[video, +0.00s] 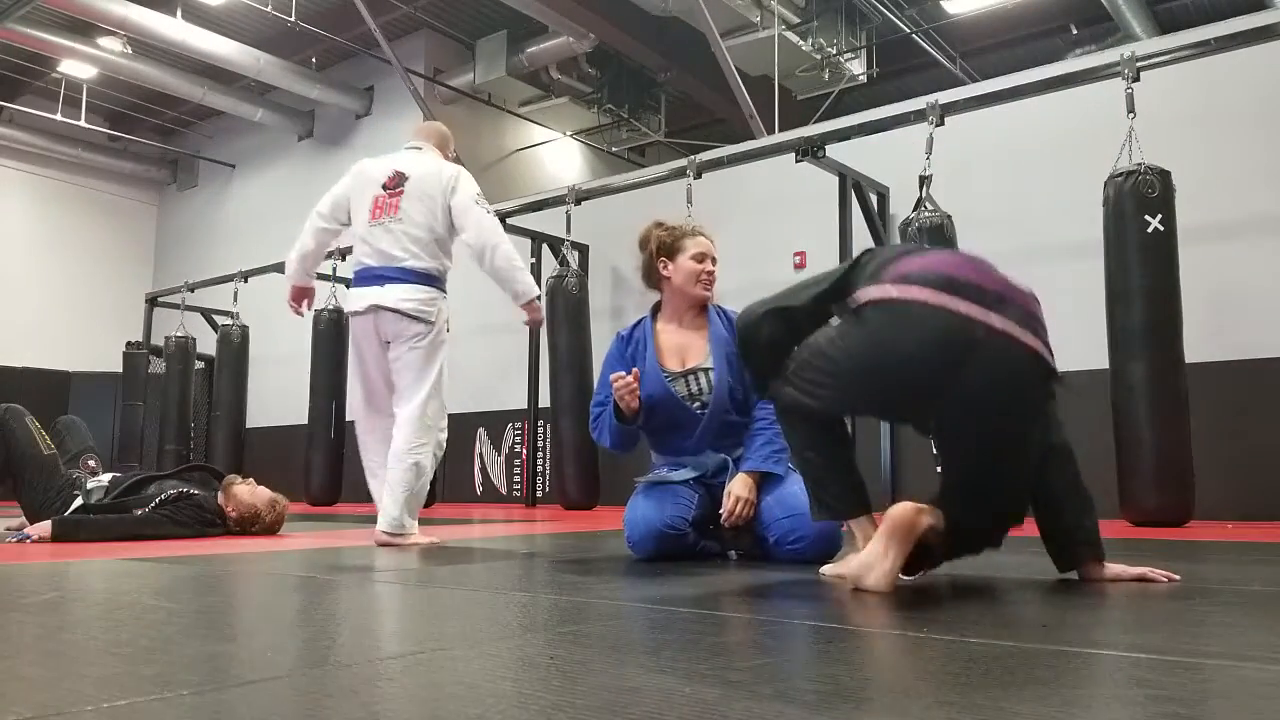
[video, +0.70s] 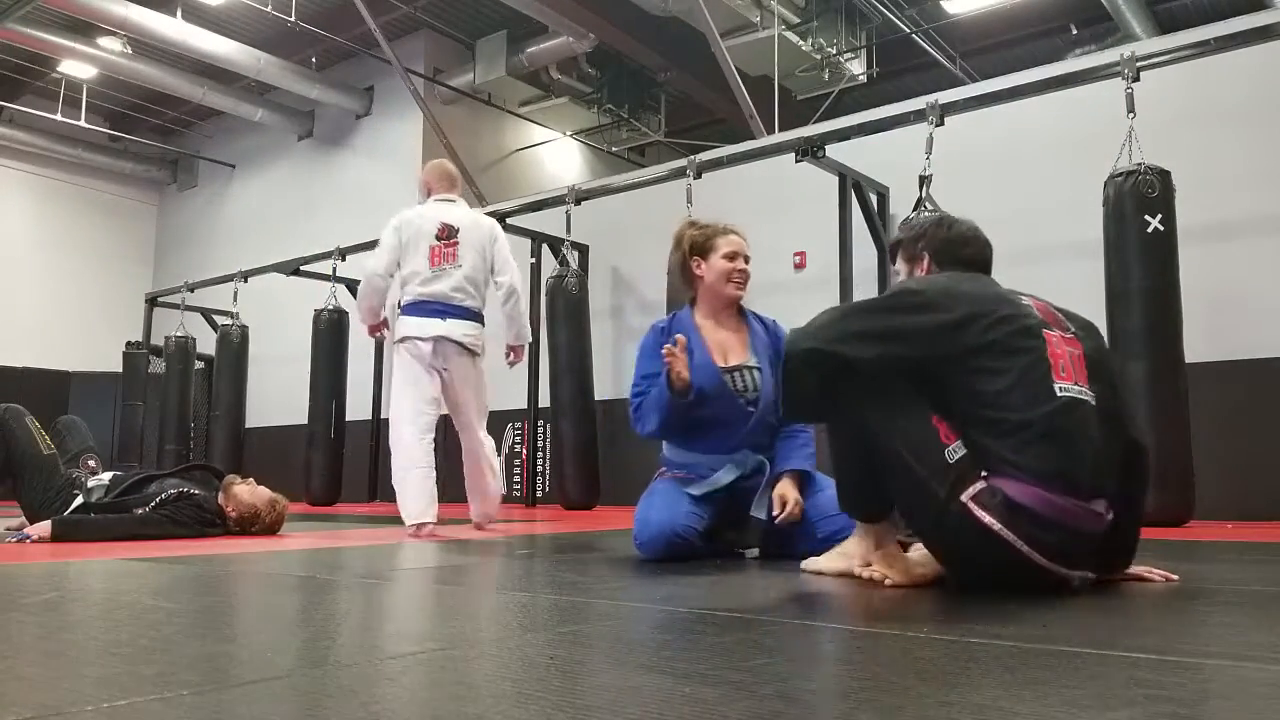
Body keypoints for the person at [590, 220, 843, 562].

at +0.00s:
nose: (712, 269)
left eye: (713, 261)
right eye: (700, 259)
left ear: (716, 270)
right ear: (665, 268)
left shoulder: (741, 329)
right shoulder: (629, 344)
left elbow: (769, 406)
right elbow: (610, 436)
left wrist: (750, 475)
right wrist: (624, 413)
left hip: (753, 465)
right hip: (679, 475)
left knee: (814, 539)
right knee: (648, 536)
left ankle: (741, 537)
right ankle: (718, 544)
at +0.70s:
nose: (743, 268)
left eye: (746, 260)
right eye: (731, 258)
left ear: (750, 269)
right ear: (699, 266)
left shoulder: (771, 334)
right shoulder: (665, 335)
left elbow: (795, 419)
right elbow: (645, 422)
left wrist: (790, 476)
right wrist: (676, 390)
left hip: (768, 476)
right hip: (691, 479)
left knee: (851, 524)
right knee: (659, 538)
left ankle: (751, 534)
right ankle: (723, 540)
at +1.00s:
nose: (782, 277)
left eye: (788, 270)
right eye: (770, 268)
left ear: (795, 280)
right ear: (742, 276)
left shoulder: (799, 345)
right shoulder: (708, 329)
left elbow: (803, 421)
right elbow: (688, 405)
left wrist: (800, 461)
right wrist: (731, 374)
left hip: (777, 476)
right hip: (702, 472)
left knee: (867, 525)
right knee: (680, 537)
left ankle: (764, 532)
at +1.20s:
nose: (794, 278)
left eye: (802, 272)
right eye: (782, 269)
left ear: (808, 283)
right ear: (755, 279)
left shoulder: (807, 349)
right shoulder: (722, 328)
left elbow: (811, 421)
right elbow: (728, 392)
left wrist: (802, 462)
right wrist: (786, 362)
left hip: (779, 470)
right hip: (708, 466)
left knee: (867, 530)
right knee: (729, 531)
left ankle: (782, 524)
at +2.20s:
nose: (749, 273)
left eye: (752, 263)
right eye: (735, 265)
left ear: (759, 265)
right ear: (705, 276)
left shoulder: (779, 335)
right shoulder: (684, 339)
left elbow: (802, 425)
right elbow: (717, 417)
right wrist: (796, 395)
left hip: (777, 471)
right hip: (702, 472)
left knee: (866, 527)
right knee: (734, 533)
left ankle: (770, 528)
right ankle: (698, 540)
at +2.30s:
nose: (754, 275)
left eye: (756, 265)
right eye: (739, 267)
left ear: (763, 266)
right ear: (709, 279)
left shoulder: (784, 338)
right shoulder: (686, 342)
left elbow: (813, 400)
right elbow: (695, 431)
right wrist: (785, 432)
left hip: (778, 472)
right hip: (702, 474)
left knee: (869, 526)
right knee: (733, 532)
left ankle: (768, 525)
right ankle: (697, 541)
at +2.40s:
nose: (762, 276)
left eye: (764, 266)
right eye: (747, 270)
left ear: (770, 269)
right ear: (717, 281)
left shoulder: (792, 341)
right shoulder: (690, 344)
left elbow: (824, 407)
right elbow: (677, 435)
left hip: (773, 474)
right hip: (701, 475)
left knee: (875, 526)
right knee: (732, 533)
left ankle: (774, 530)